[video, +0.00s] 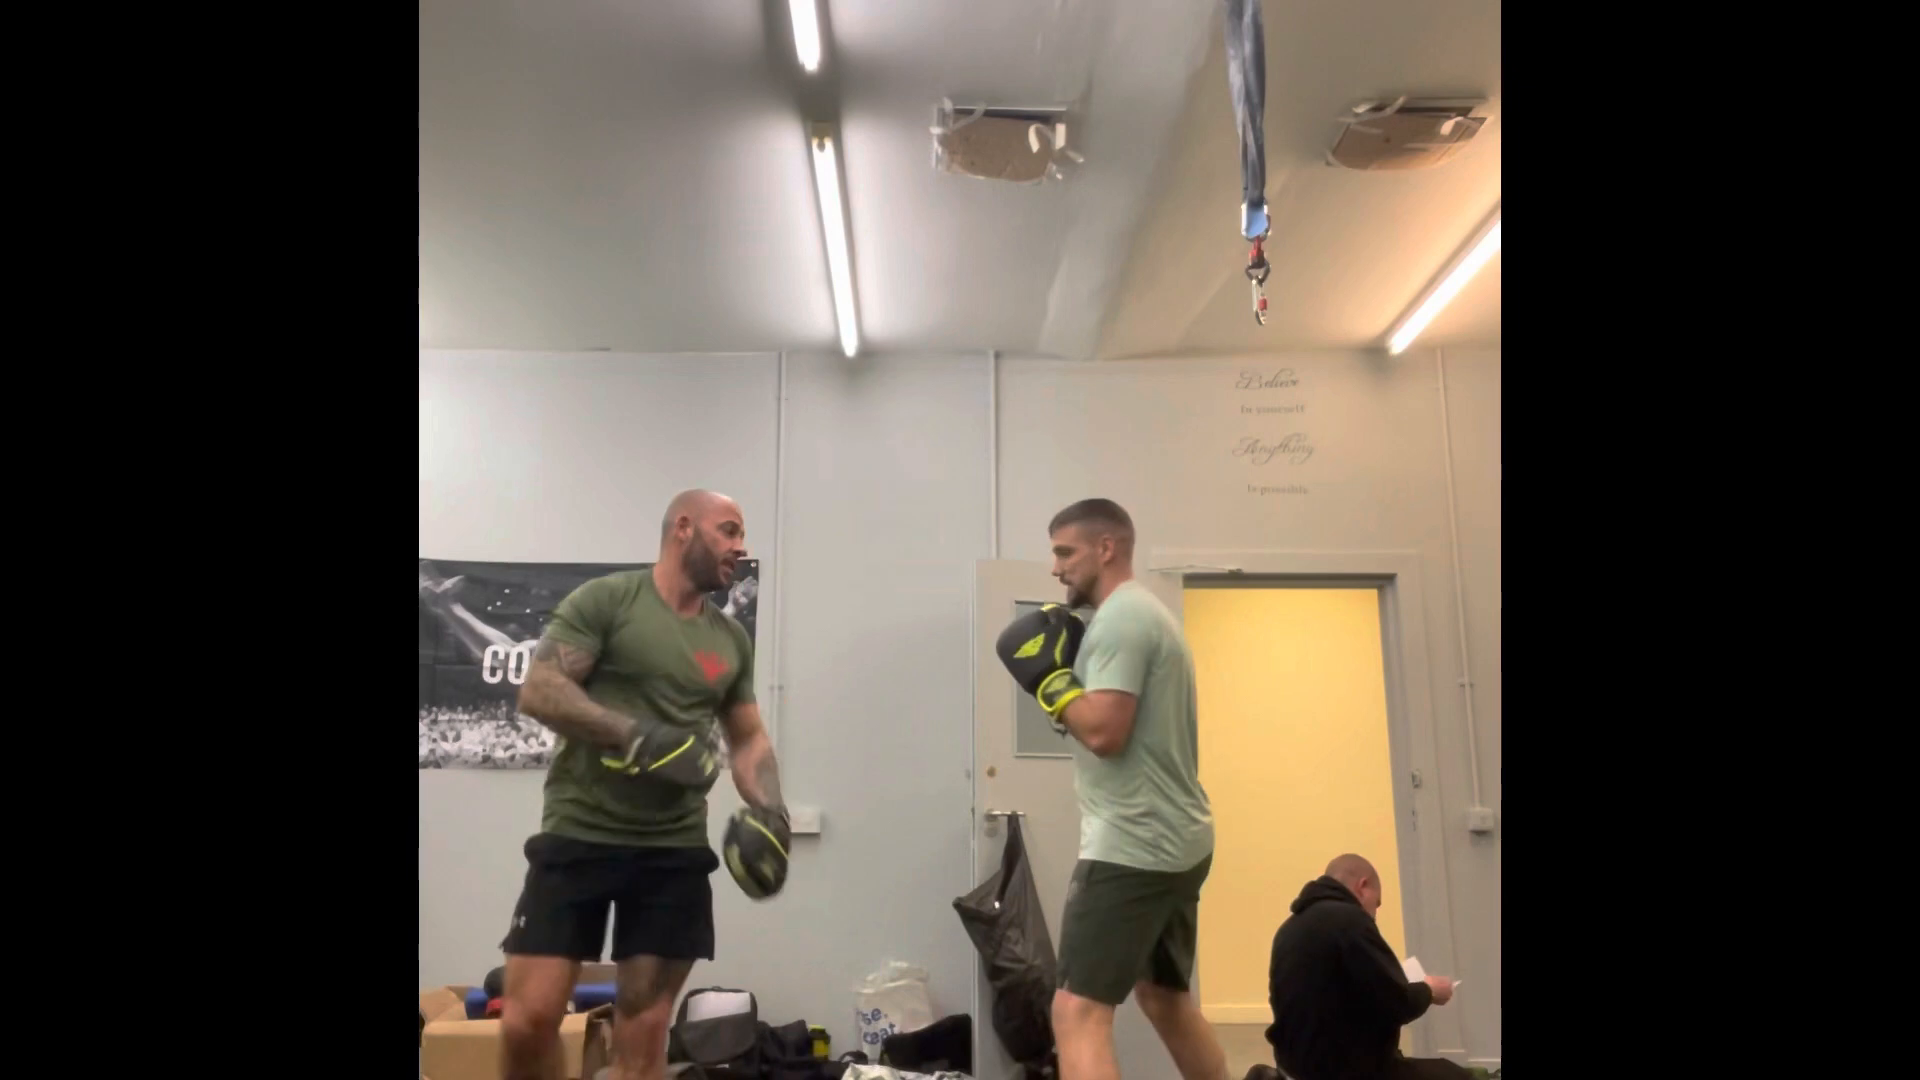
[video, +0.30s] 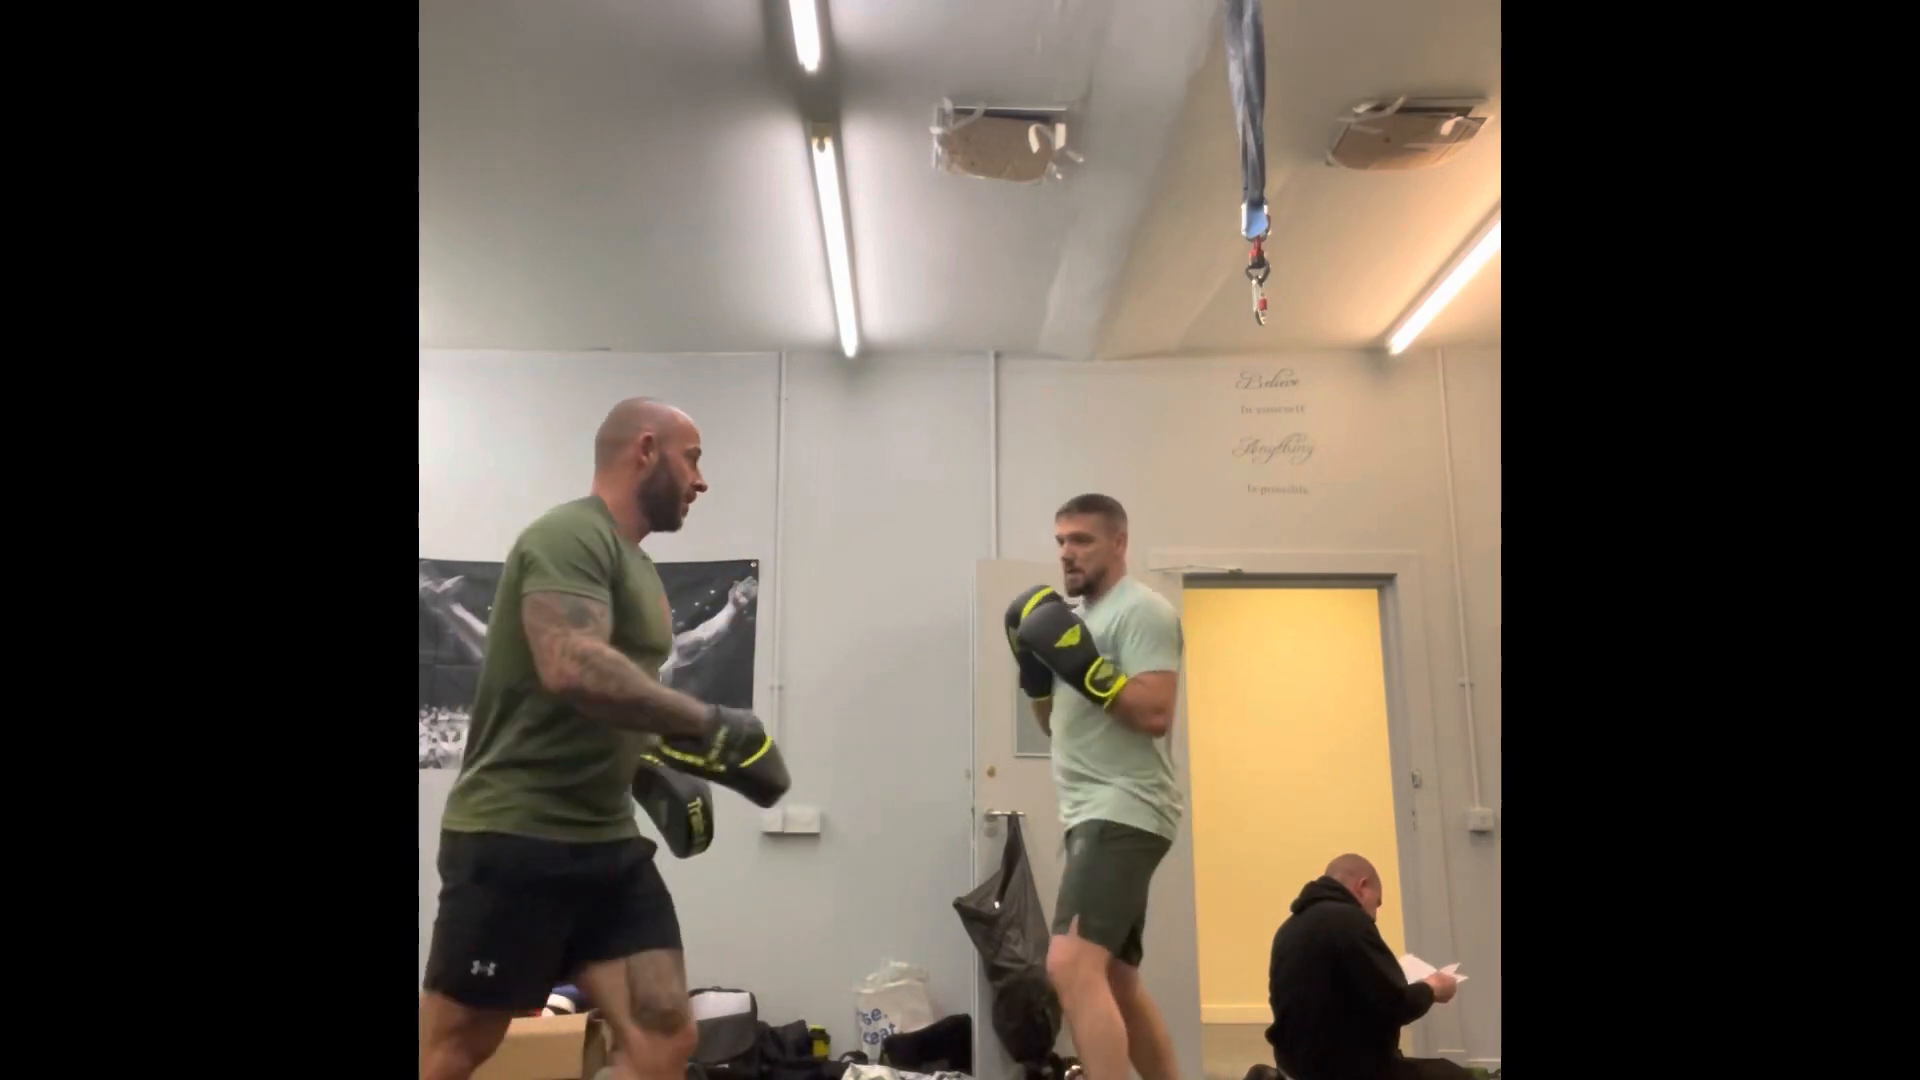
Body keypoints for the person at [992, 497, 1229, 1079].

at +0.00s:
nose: (1056, 567)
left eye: (1065, 552)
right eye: (1055, 554)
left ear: (1109, 547)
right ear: (1110, 551)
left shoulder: (1122, 616)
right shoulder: (1148, 613)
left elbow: (1104, 731)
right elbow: (1127, 722)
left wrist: (1048, 680)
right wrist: (1078, 656)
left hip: (1131, 847)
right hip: (1178, 842)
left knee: (1079, 1013)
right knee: (1167, 998)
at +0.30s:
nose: (1066, 554)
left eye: (1080, 541)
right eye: (1061, 543)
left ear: (1118, 545)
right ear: (1058, 548)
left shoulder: (1145, 609)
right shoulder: (1077, 619)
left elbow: (1155, 712)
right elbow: (1055, 722)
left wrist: (1079, 659)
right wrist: (1031, 657)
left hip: (1128, 809)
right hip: (1088, 811)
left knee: (1072, 966)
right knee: (1118, 983)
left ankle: (1111, 1079)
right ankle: (1167, 1079)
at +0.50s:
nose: (1033, 538)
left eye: (1049, 526)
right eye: (1027, 527)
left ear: (1086, 535)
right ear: (1021, 534)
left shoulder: (1106, 602)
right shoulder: (1025, 611)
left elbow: (1103, 704)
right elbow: (994, 722)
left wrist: (1039, 635)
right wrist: (982, 647)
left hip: (1089, 827)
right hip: (1032, 826)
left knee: (1083, 1002)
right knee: (1026, 988)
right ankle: (1077, 1079)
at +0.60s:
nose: (999, 566)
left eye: (1015, 554)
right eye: (992, 555)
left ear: (1051, 562)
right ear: (984, 563)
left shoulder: (1080, 632)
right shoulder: (988, 639)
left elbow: (1089, 741)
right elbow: (963, 751)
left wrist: (1021, 676)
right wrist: (954, 675)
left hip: (1067, 825)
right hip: (1003, 835)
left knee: (1013, 993)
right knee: (981, 1010)